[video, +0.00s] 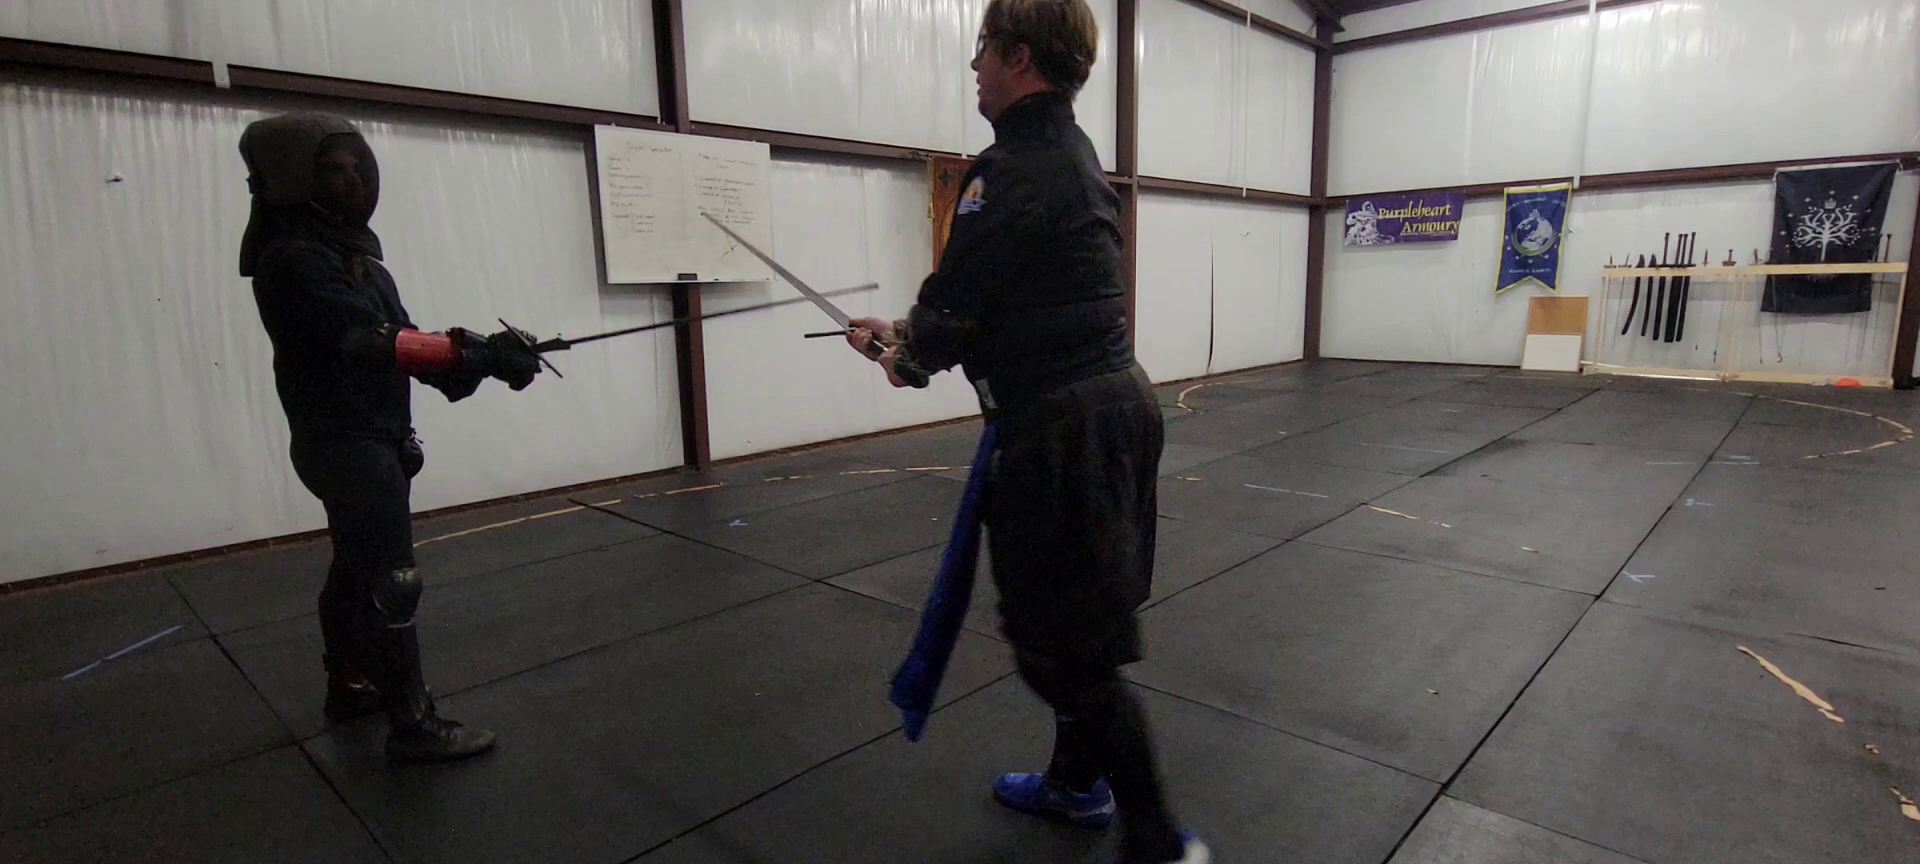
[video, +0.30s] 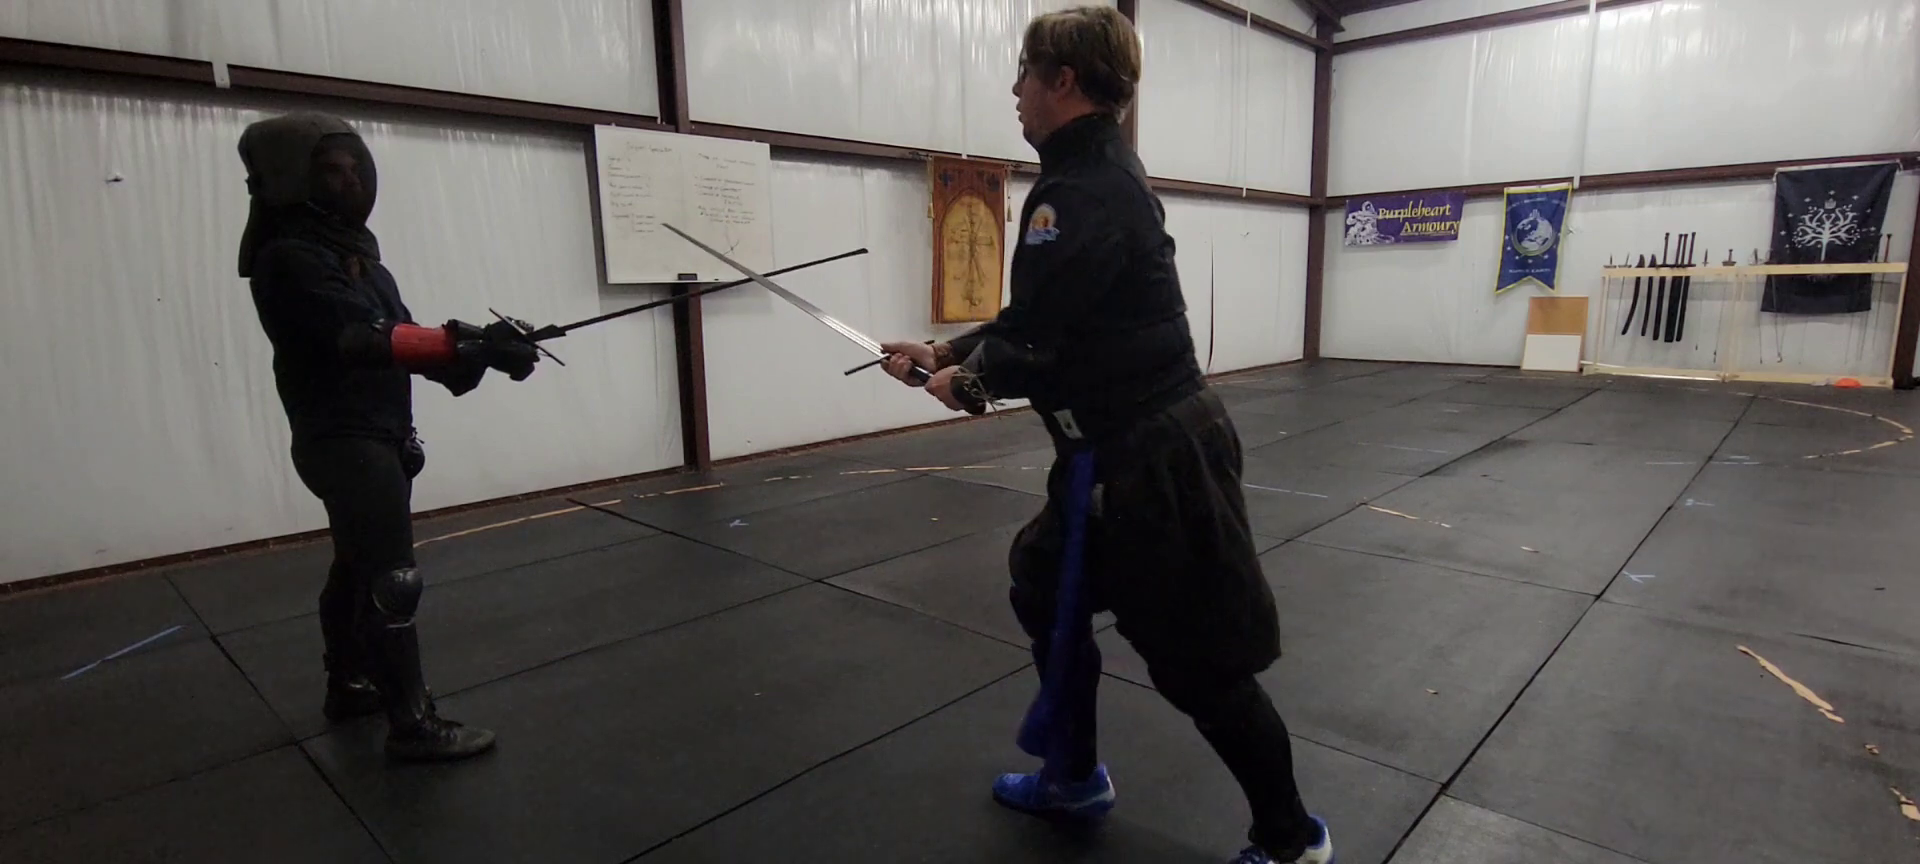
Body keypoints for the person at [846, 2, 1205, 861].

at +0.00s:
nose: (974, 68)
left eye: (986, 54)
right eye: (979, 52)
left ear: (1024, 65)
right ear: (1044, 69)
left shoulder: (1010, 170)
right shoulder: (1072, 153)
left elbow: (956, 306)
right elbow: (1003, 291)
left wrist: (912, 356)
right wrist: (906, 331)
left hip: (1062, 423)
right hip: (1119, 402)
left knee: (1068, 634)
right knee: (1077, 603)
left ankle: (1157, 840)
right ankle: (1075, 785)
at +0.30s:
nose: (1014, 93)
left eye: (1024, 76)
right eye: (1018, 76)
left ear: (1065, 83)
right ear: (1077, 86)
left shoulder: (1085, 190)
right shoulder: (1086, 179)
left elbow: (1039, 340)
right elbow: (1035, 320)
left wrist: (971, 380)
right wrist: (944, 353)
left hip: (1152, 451)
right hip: (1125, 442)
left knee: (1196, 657)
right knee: (1041, 583)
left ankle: (1289, 837)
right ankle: (1071, 774)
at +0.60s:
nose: (1010, 103)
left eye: (1019, 88)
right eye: (1013, 87)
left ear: (1058, 96)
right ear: (1076, 99)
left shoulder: (1052, 198)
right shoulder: (1103, 181)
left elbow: (989, 347)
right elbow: (1024, 307)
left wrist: (925, 361)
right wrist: (928, 336)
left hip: (1120, 451)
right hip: (1157, 426)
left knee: (1191, 648)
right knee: (1045, 583)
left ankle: (1287, 836)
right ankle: (1059, 751)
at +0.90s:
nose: (927, 112)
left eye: (938, 98)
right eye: (932, 98)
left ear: (977, 111)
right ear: (998, 117)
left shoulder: (951, 213)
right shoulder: (1036, 195)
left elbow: (880, 353)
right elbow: (1018, 301)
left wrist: (871, 349)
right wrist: (924, 326)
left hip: (1027, 444)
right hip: (1098, 420)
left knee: (978, 658)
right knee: (1047, 604)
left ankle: (1166, 809)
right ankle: (1058, 753)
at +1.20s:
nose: (817, 123)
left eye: (826, 111)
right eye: (821, 109)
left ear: (865, 122)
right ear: (883, 123)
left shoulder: (845, 215)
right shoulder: (915, 199)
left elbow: (738, 306)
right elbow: (795, 277)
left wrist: (675, 286)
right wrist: (700, 275)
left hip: (904, 470)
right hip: (989, 444)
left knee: (786, 636)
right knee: (965, 608)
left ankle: (688, 848)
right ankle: (1059, 751)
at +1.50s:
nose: (616, 119)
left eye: (618, 106)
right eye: (617, 106)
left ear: (635, 109)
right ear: (711, 109)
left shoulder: (599, 212)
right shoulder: (757, 195)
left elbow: (546, 335)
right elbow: (723, 299)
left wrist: (625, 278)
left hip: (695, 479)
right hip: (817, 453)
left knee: (598, 672)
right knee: (886, 617)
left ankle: (635, 847)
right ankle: (978, 762)